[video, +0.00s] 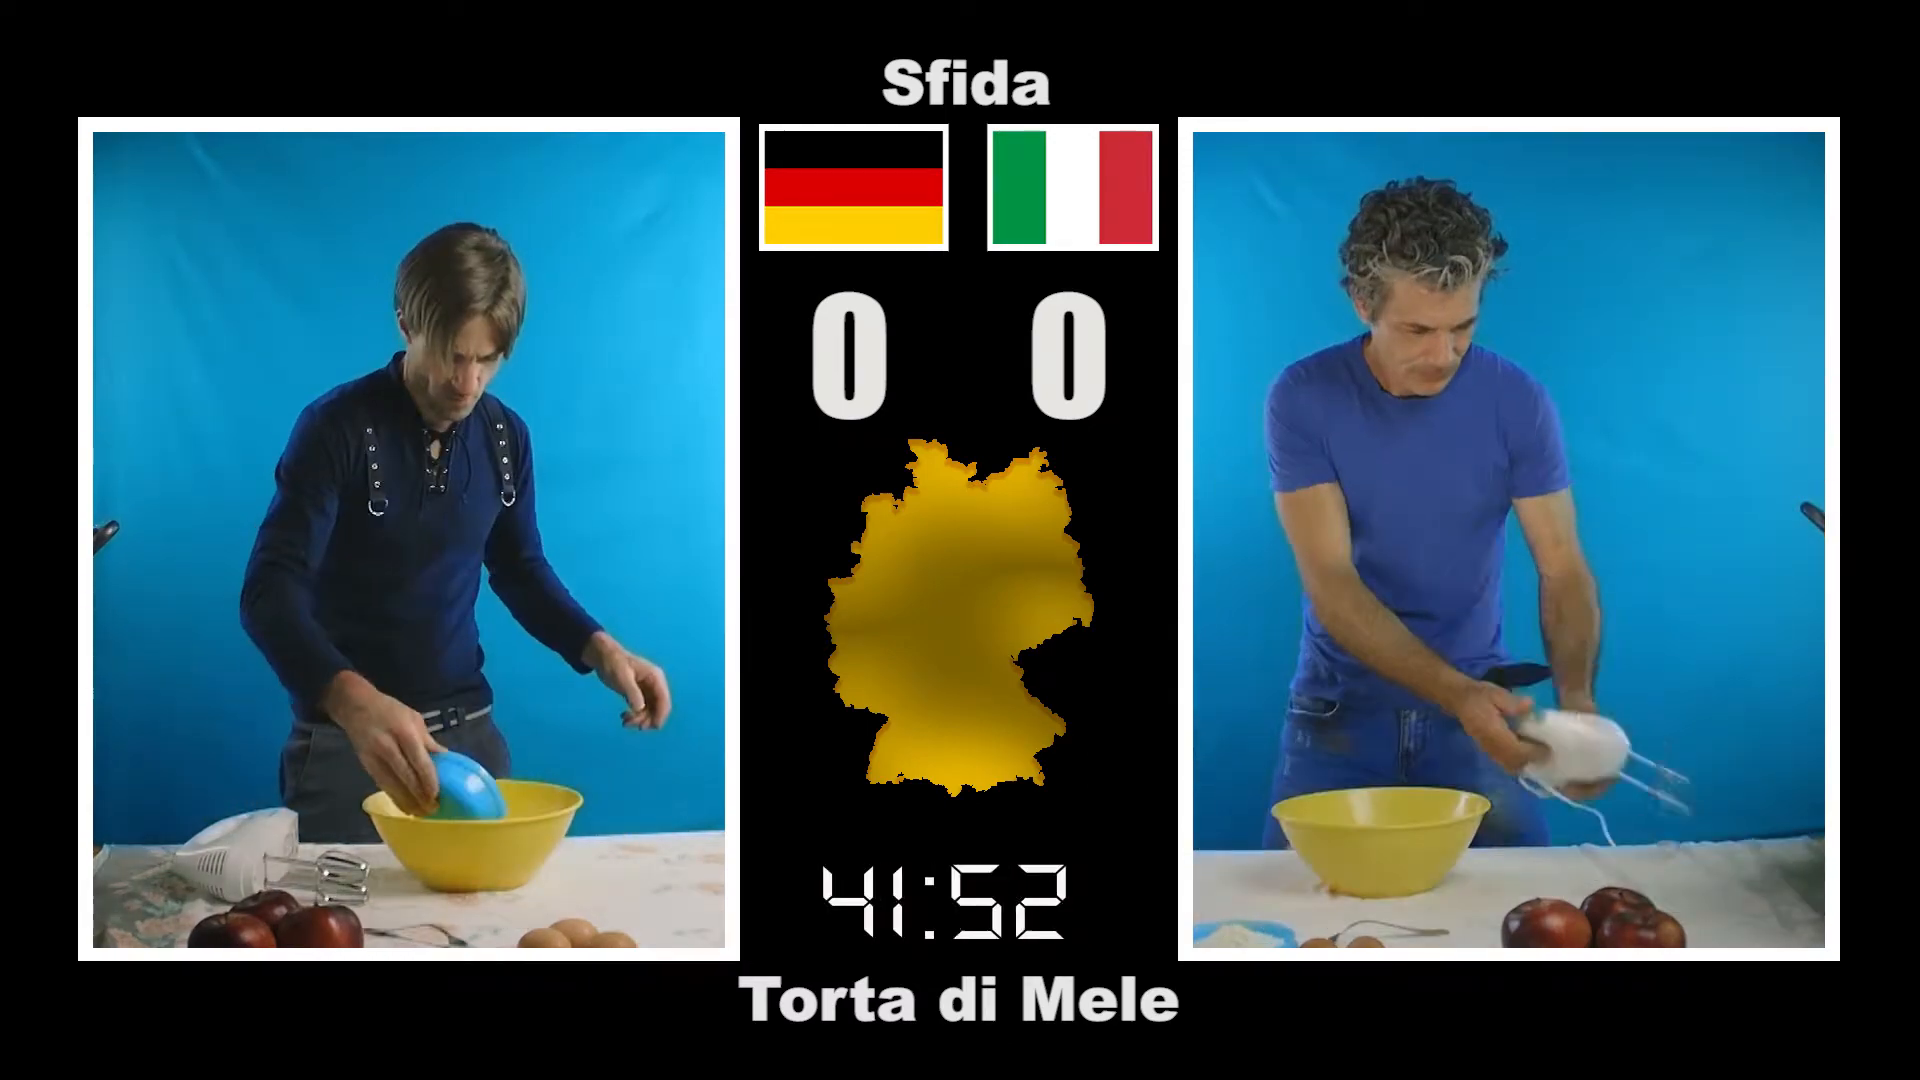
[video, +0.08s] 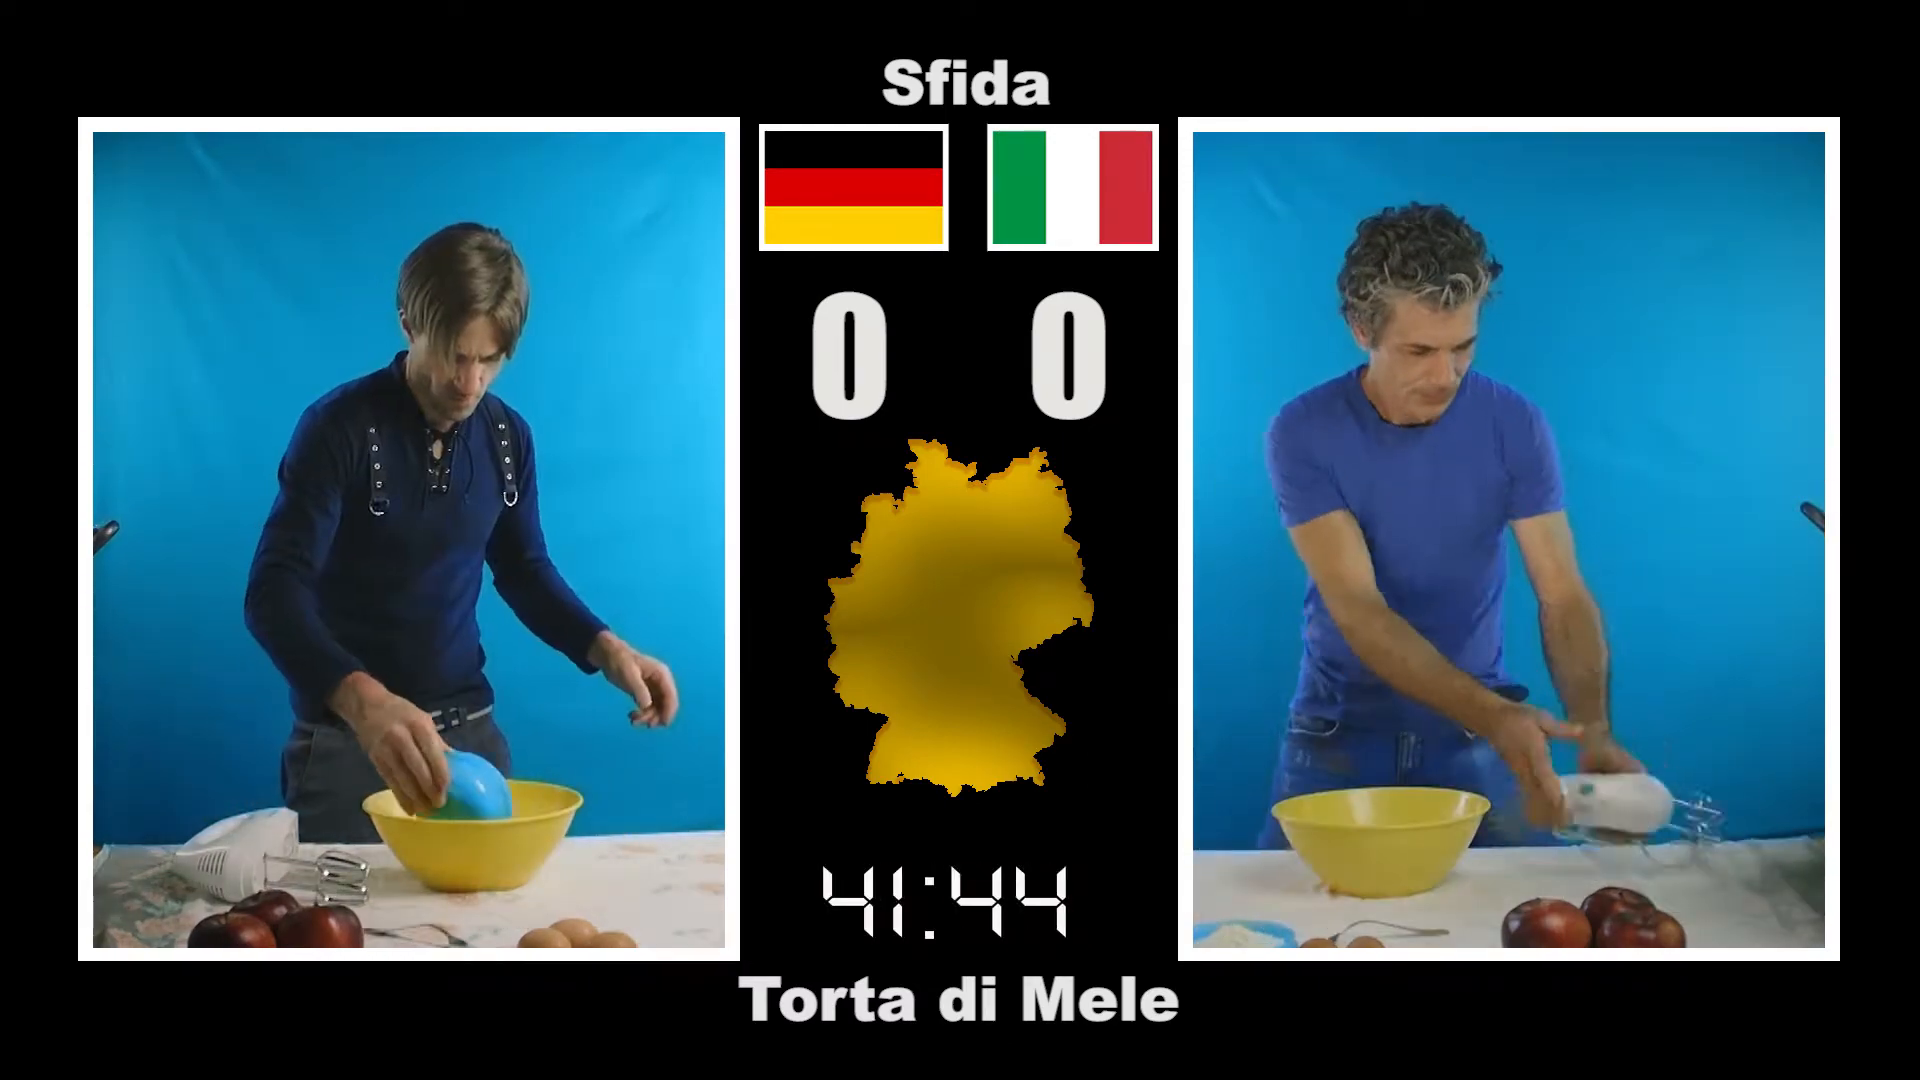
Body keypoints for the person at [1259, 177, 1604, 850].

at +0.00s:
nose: (1442, 354)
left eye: (1462, 328)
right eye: (1416, 331)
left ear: (1479, 302)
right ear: (1364, 305)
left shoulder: (1515, 401)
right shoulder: (1307, 399)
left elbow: (1562, 566)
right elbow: (1333, 585)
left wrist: (1575, 705)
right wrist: (1460, 693)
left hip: (1475, 718)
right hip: (1340, 712)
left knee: (1502, 941)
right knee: (1317, 932)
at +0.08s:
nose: (1443, 375)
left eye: (1461, 348)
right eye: (1418, 352)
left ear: (1477, 324)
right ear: (1363, 330)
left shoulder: (1512, 426)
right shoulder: (1306, 433)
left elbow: (1563, 593)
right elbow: (1358, 609)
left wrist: (1593, 730)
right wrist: (1493, 715)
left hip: (1473, 745)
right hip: (1338, 743)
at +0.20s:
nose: (1449, 394)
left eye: (1465, 367)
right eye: (1423, 370)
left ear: (1478, 348)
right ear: (1367, 354)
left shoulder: (1511, 452)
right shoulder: (1306, 459)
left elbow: (1561, 611)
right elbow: (1349, 635)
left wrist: (1615, 713)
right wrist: (1471, 703)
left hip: (1483, 760)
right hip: (1348, 762)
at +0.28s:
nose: (1446, 381)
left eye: (1463, 355)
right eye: (1425, 356)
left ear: (1478, 338)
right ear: (1365, 336)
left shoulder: (1500, 444)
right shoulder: (1295, 446)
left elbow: (1554, 588)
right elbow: (1324, 622)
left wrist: (1610, 680)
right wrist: (1446, 692)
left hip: (1461, 752)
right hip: (1330, 753)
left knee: (1549, 927)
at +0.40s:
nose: (1438, 359)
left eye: (1454, 334)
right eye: (1417, 334)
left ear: (1469, 320)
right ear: (1359, 314)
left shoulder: (1479, 430)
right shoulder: (1281, 421)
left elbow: (1526, 570)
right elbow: (1287, 599)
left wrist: (1579, 658)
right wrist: (1407, 683)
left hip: (1439, 736)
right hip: (1310, 735)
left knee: (1525, 918)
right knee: (1280, 939)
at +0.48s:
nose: (1432, 349)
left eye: (1448, 325)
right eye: (1410, 324)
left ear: (1462, 314)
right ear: (1352, 307)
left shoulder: (1472, 421)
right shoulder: (1275, 413)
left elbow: (1510, 564)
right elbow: (1270, 593)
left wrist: (1562, 673)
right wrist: (1381, 689)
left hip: (1434, 731)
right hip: (1305, 733)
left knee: (1492, 923)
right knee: (1283, 939)